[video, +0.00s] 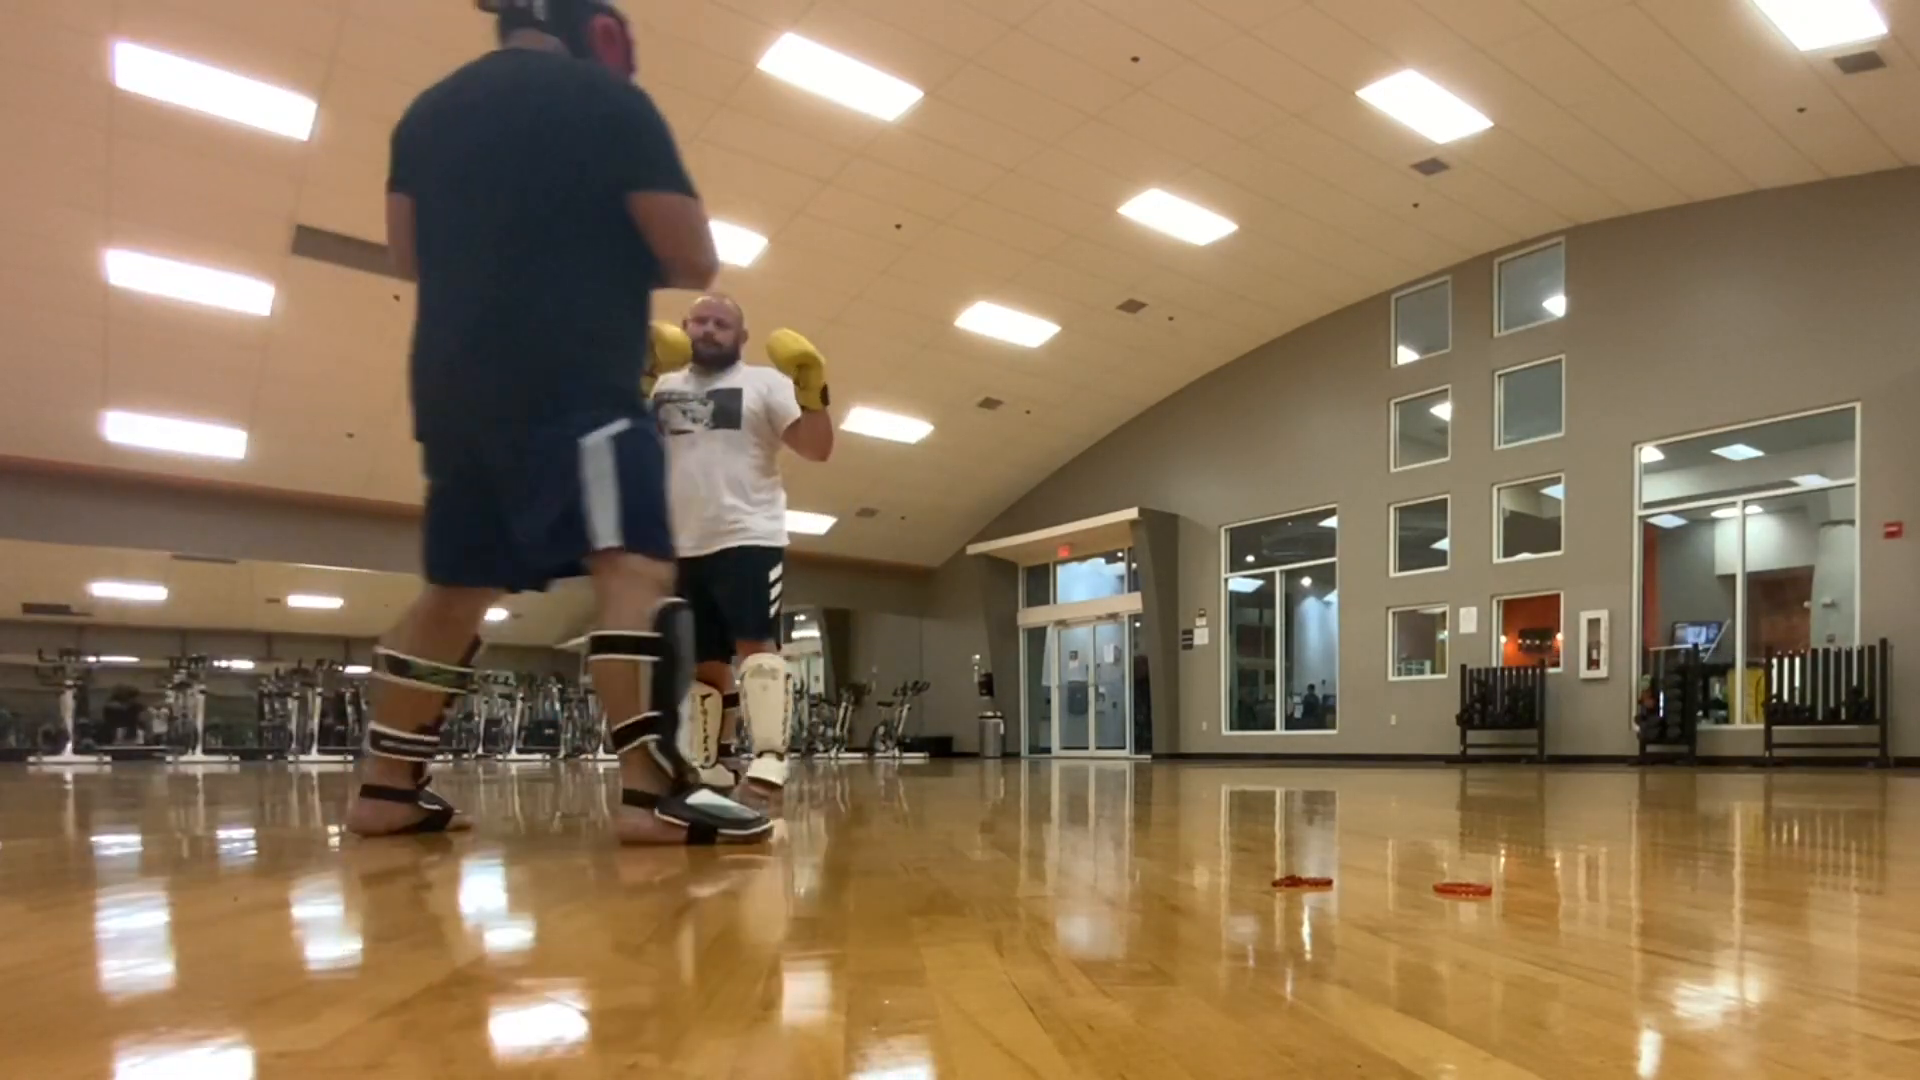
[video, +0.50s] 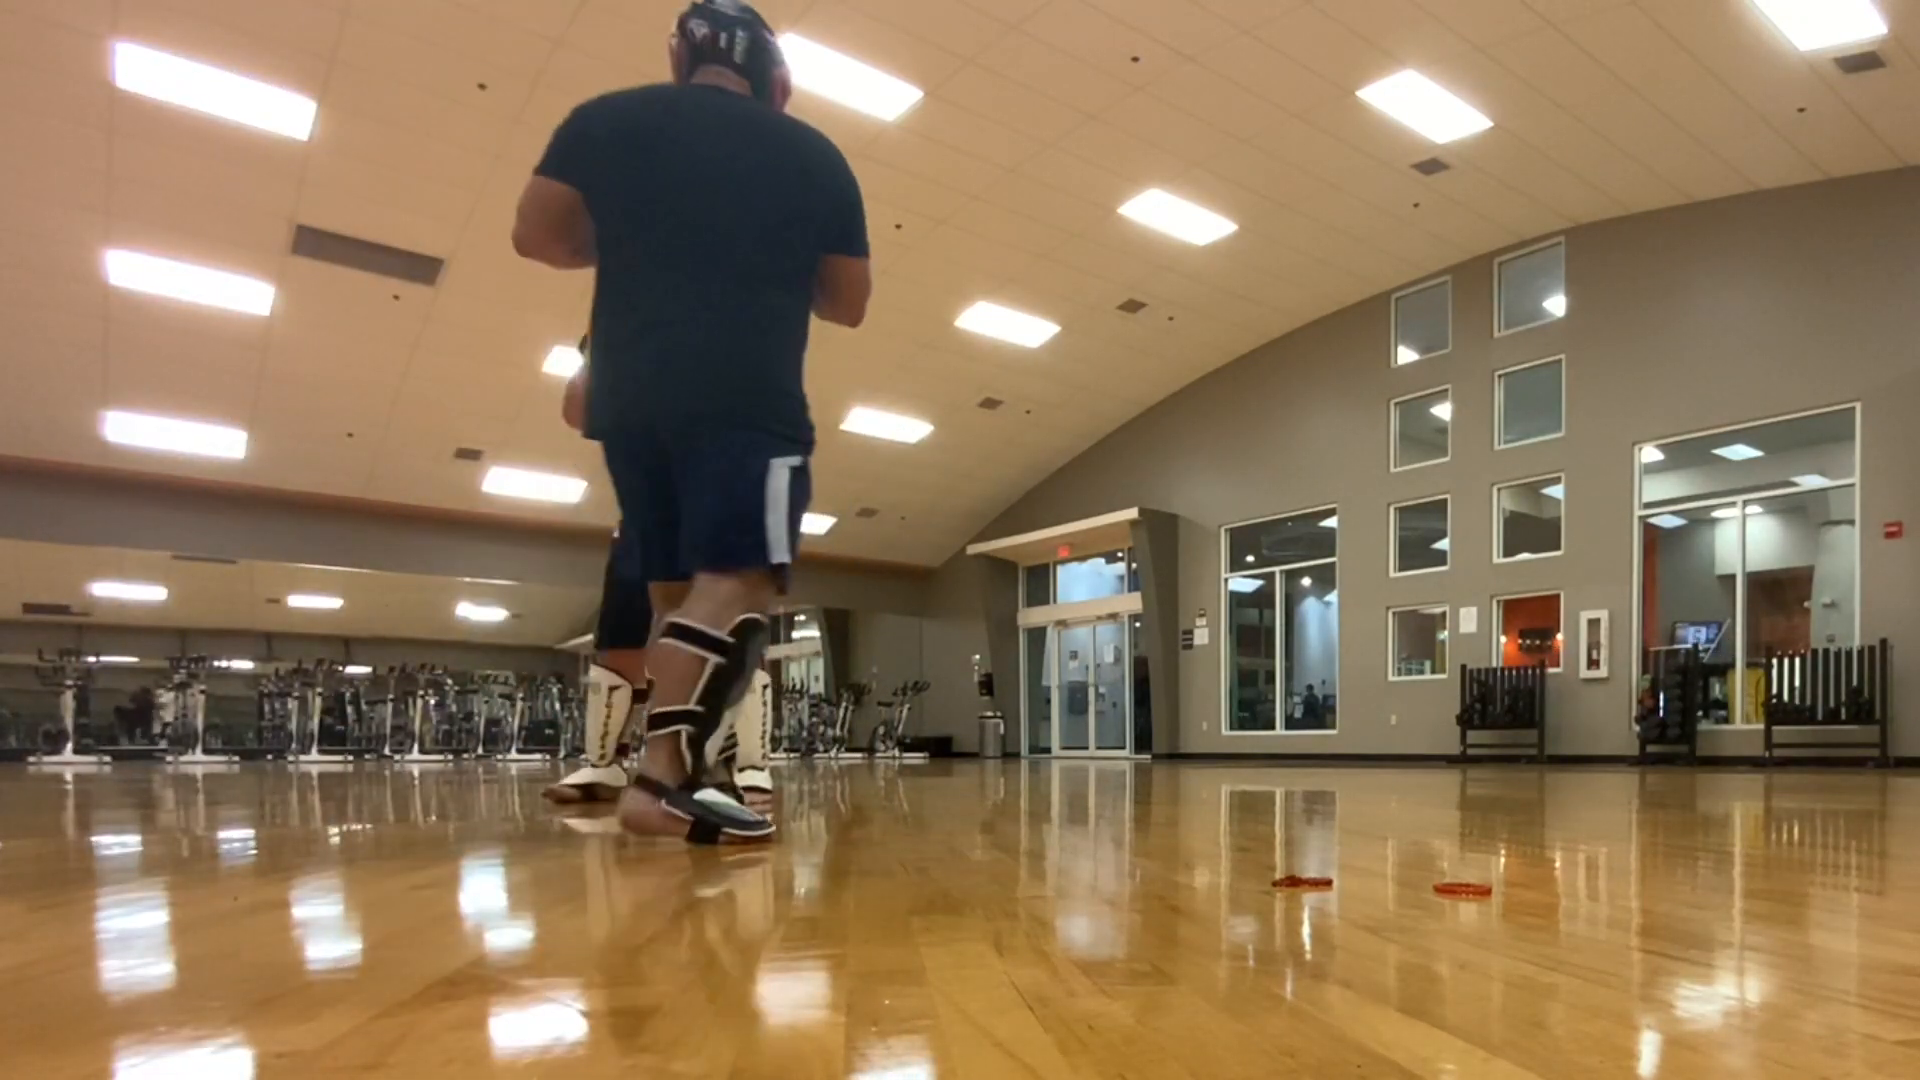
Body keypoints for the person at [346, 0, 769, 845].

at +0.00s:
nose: (628, 62)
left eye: (628, 47)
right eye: (624, 43)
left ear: (506, 24)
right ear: (599, 30)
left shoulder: (429, 108)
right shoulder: (610, 102)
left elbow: (407, 255)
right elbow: (692, 257)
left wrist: (506, 250)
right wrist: (605, 232)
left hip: (456, 386)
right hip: (580, 382)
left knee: (459, 585)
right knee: (633, 569)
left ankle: (386, 788)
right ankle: (648, 790)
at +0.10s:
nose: (683, 61)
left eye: (684, 47)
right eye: (681, 44)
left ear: (566, 24)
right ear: (659, 32)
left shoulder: (474, 93)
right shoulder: (675, 109)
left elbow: (420, 220)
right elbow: (744, 261)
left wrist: (518, 239)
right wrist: (658, 229)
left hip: (503, 379)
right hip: (623, 377)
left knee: (525, 563)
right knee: (672, 562)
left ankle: (430, 766)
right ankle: (650, 789)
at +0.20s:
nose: (724, 56)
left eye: (724, 43)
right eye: (722, 41)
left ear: (606, 21)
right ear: (704, 31)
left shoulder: (517, 77)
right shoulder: (727, 108)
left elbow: (447, 190)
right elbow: (787, 262)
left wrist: (549, 197)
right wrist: (708, 211)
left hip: (534, 368)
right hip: (656, 369)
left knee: (564, 555)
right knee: (671, 564)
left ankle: (515, 754)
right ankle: (649, 792)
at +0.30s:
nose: (753, 58)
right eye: (748, 45)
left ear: (632, 24)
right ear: (728, 42)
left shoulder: (555, 73)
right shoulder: (767, 118)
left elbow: (493, 193)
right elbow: (818, 271)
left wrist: (593, 186)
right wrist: (739, 215)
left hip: (565, 373)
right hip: (689, 376)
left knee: (602, 573)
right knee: (667, 573)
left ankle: (626, 778)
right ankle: (650, 795)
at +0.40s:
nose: (780, 81)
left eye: (650, 36)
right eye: (777, 69)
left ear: (657, 38)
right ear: (760, 66)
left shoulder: (586, 92)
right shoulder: (791, 142)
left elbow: (535, 222)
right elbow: (832, 290)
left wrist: (634, 219)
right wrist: (753, 231)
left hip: (597, 378)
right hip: (716, 381)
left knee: (637, 576)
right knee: (691, 575)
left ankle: (671, 784)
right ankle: (646, 793)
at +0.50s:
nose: (791, 96)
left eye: (670, 54)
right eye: (790, 87)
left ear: (677, 61)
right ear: (775, 85)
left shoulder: (608, 118)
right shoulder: (810, 155)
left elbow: (537, 234)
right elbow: (847, 302)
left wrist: (636, 234)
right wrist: (764, 256)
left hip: (634, 393)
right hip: (747, 391)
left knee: (670, 587)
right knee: (741, 576)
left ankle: (683, 782)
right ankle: (657, 780)